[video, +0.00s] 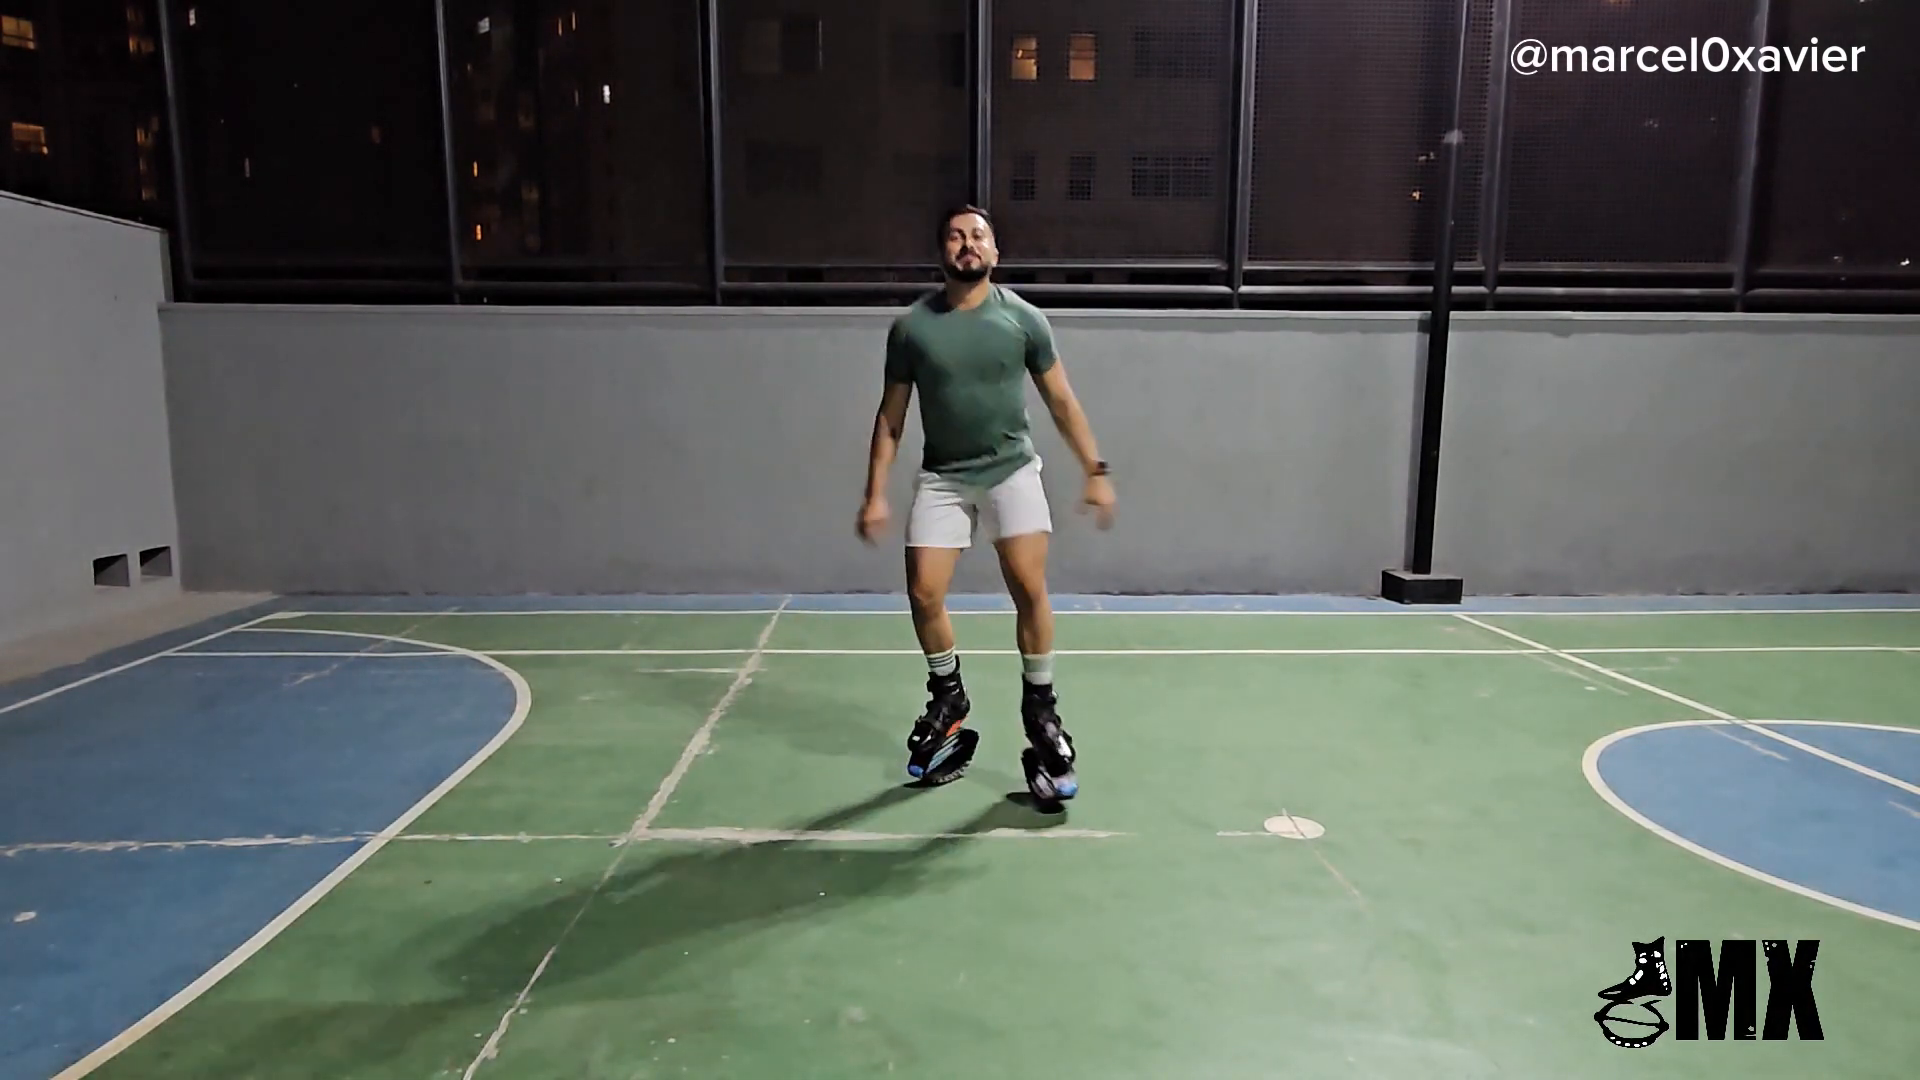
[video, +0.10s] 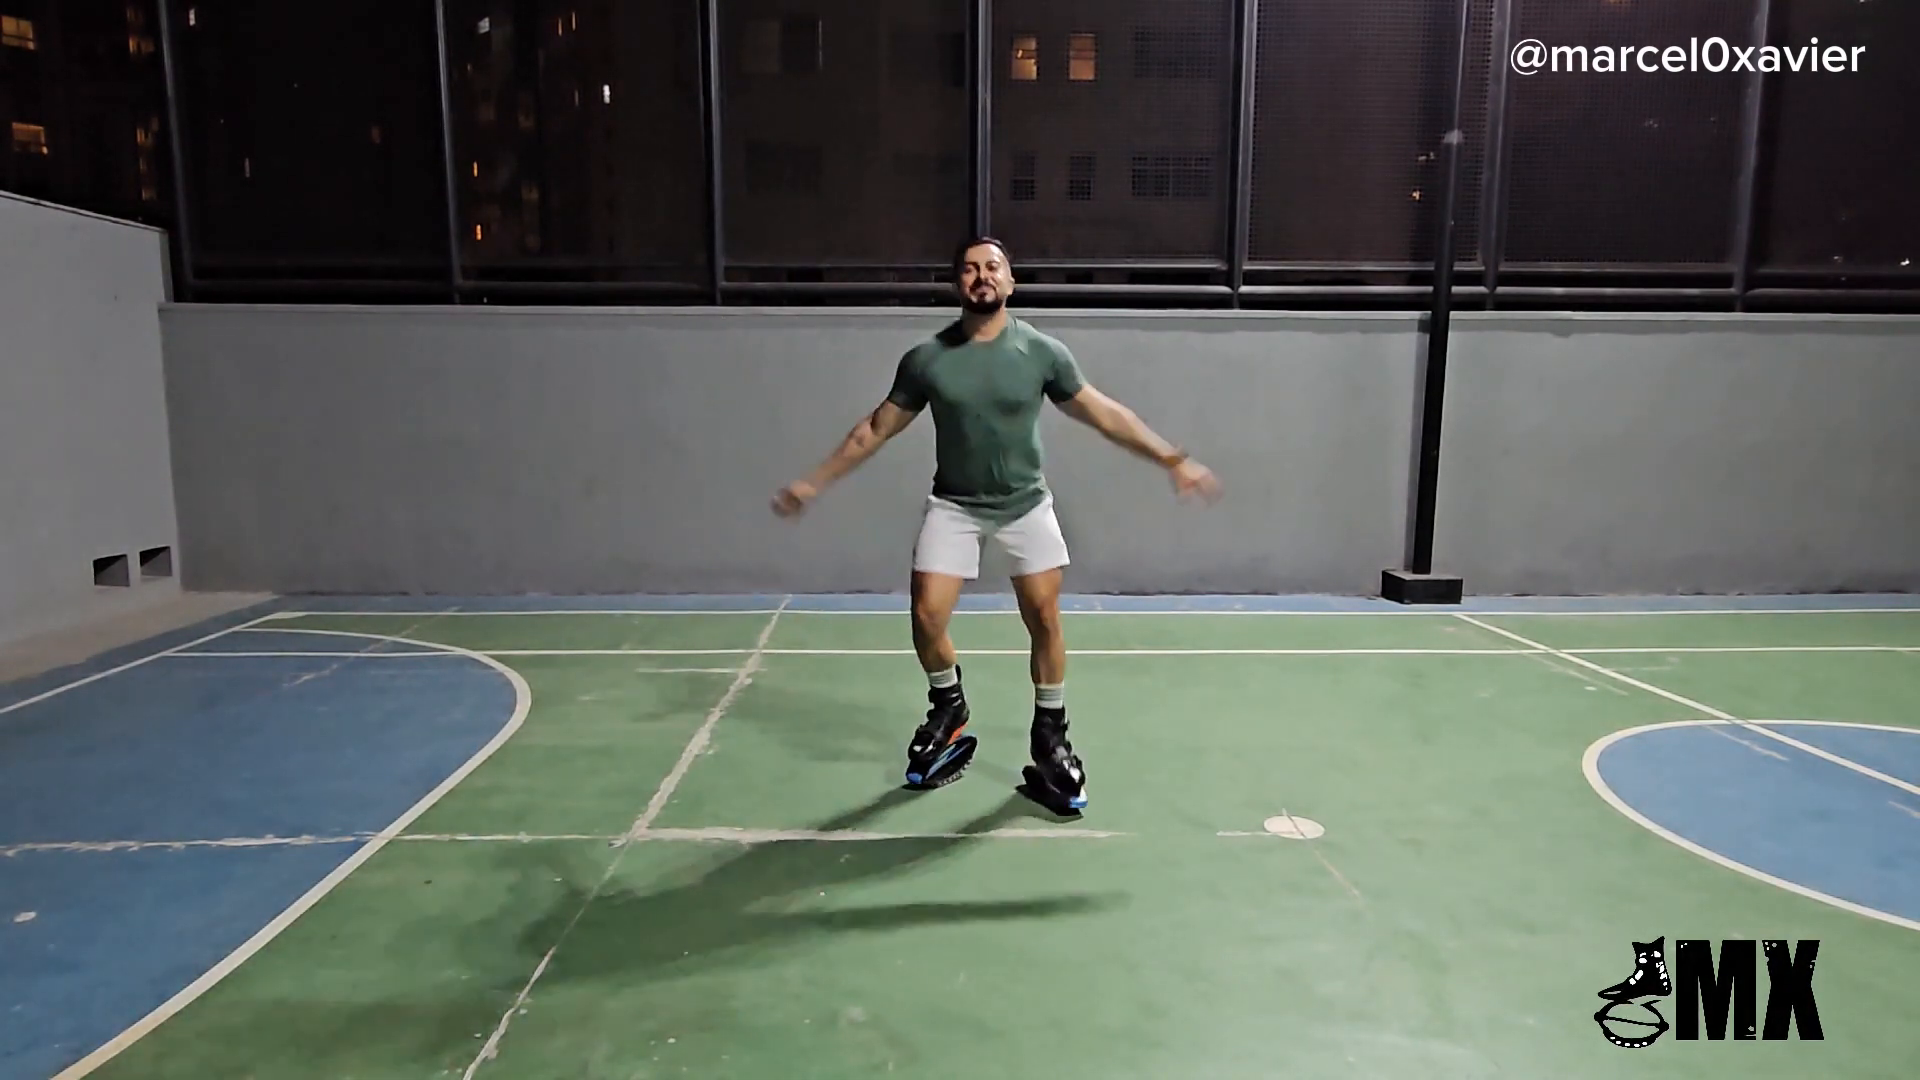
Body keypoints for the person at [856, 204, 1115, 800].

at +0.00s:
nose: (966, 244)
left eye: (976, 236)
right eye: (956, 237)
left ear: (995, 253)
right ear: (941, 255)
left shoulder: (1025, 320)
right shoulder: (911, 329)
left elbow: (1062, 402)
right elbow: (890, 420)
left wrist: (1096, 470)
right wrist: (874, 494)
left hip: (1013, 472)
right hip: (943, 478)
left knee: (1028, 586)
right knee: (923, 594)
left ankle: (1040, 708)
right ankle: (948, 697)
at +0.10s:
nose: (981, 277)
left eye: (992, 268)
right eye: (971, 269)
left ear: (1010, 281)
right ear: (958, 282)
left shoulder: (1042, 352)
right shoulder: (926, 360)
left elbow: (1104, 413)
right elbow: (875, 429)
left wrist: (1172, 459)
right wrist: (812, 482)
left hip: (1025, 506)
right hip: (953, 507)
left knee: (1044, 615)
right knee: (926, 615)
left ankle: (1049, 741)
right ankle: (949, 712)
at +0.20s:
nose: (988, 257)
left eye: (999, 248)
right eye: (978, 250)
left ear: (1017, 262)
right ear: (964, 266)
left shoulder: (1050, 329)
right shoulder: (933, 338)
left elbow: (1123, 379)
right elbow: (873, 391)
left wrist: (1186, 403)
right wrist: (806, 426)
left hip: (1028, 494)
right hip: (959, 494)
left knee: (1037, 606)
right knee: (941, 607)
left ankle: (1049, 734)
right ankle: (951, 713)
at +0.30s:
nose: (993, 222)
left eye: (1002, 212)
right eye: (981, 213)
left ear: (1020, 223)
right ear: (965, 225)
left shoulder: (1051, 289)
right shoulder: (933, 292)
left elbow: (1110, 349)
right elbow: (877, 351)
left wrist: (1136, 391)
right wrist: (859, 403)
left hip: (1025, 452)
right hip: (956, 453)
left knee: (1029, 570)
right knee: (953, 574)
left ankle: (1042, 700)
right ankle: (950, 697)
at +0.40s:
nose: (999, 215)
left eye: (1007, 205)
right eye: (986, 206)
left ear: (1021, 216)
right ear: (968, 219)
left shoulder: (1052, 287)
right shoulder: (933, 289)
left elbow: (1088, 367)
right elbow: (894, 371)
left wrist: (1062, 423)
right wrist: (929, 432)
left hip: (1026, 444)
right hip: (958, 447)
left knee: (1024, 562)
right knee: (959, 564)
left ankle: (1028, 692)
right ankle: (958, 692)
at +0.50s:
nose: (1007, 247)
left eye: (1012, 236)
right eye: (993, 239)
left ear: (1023, 244)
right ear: (970, 252)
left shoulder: (1050, 318)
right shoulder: (937, 320)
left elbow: (1045, 400)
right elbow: (941, 413)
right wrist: (994, 464)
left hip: (1022, 465)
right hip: (957, 465)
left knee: (1016, 585)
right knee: (963, 586)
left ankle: (1020, 718)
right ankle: (965, 719)